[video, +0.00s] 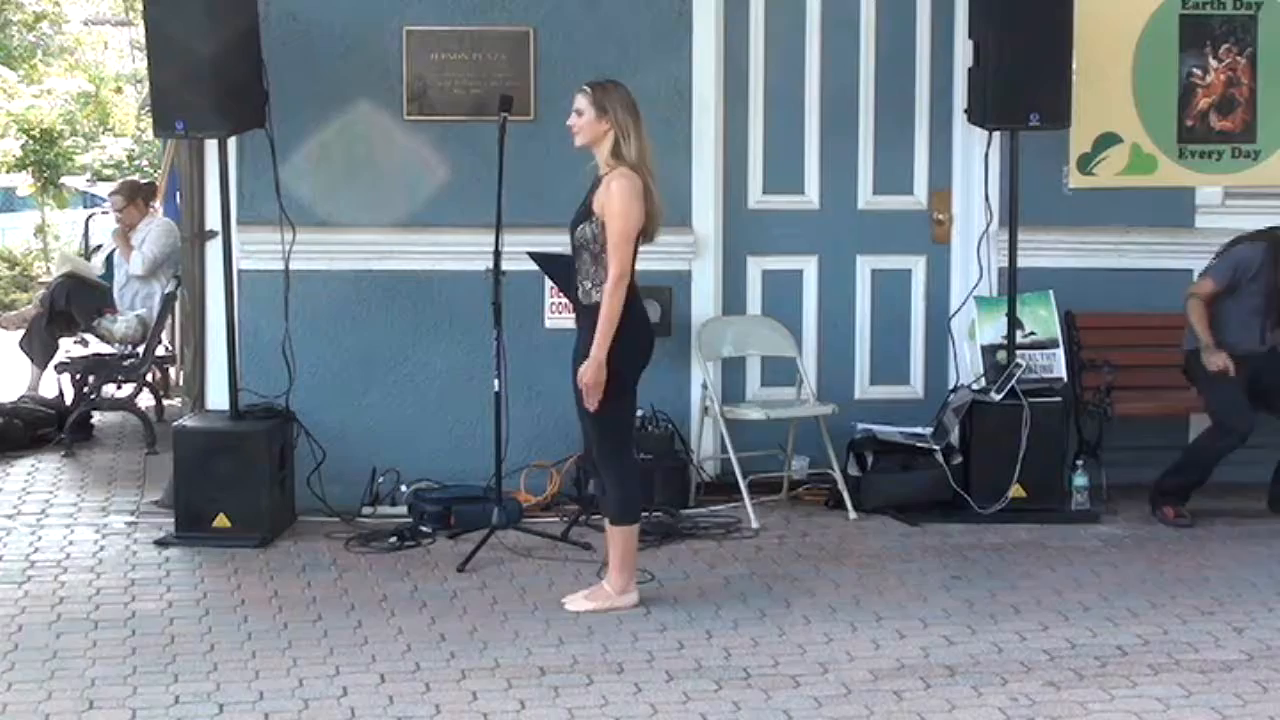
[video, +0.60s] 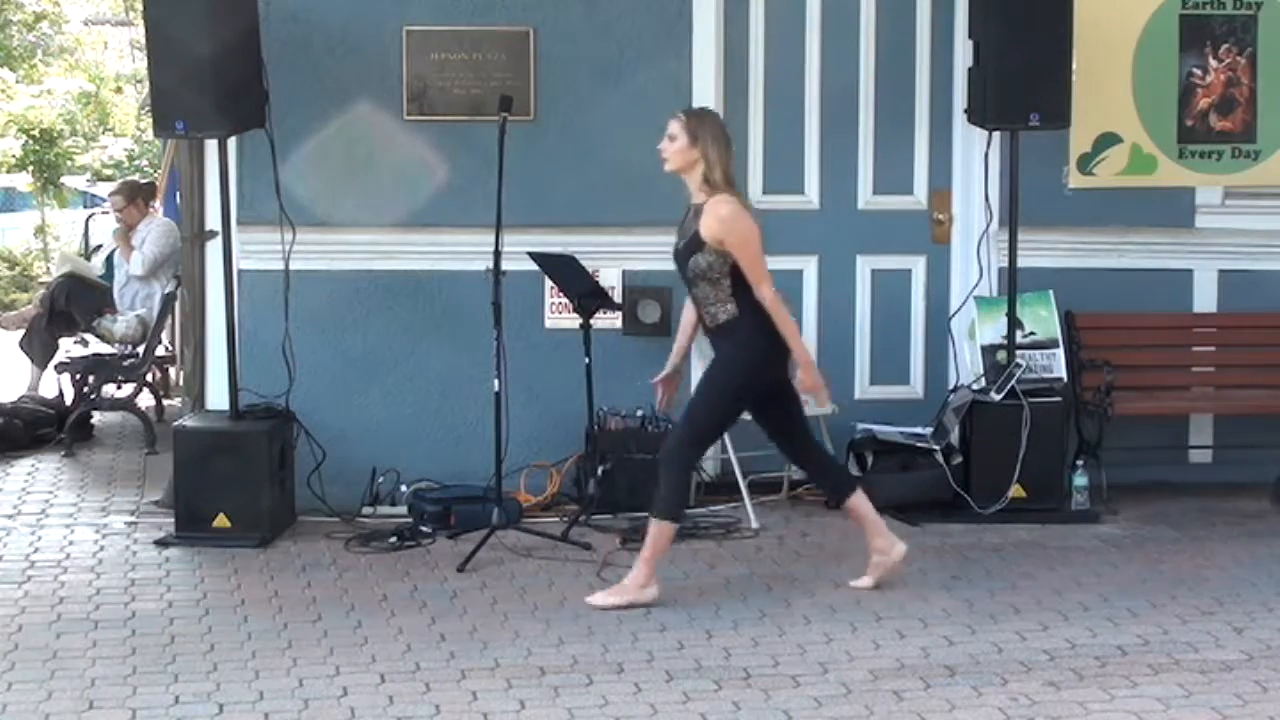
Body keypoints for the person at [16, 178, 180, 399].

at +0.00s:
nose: (117, 218)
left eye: (120, 211)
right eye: (114, 213)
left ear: (140, 205)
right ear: (136, 206)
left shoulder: (164, 228)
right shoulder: (128, 234)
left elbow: (142, 267)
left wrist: (122, 243)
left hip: (139, 319)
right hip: (119, 313)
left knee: (69, 285)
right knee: (45, 320)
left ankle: (35, 310)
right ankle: (32, 390)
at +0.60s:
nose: (117, 218)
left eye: (120, 211)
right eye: (114, 212)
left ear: (140, 205)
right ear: (136, 206)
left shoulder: (164, 229)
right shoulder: (128, 234)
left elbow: (142, 267)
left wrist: (123, 244)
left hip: (140, 317)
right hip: (119, 311)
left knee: (68, 284)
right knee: (45, 320)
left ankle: (34, 310)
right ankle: (32, 389)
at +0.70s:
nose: (117, 218)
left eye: (120, 211)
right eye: (114, 212)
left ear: (140, 205)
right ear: (136, 206)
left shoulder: (164, 229)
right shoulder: (128, 234)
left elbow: (142, 267)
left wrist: (123, 244)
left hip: (140, 318)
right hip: (118, 311)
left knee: (68, 285)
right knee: (44, 320)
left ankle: (34, 310)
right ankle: (32, 390)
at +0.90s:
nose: (117, 218)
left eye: (119, 211)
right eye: (114, 213)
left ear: (140, 205)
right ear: (136, 206)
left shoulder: (164, 229)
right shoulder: (128, 234)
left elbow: (142, 267)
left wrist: (123, 243)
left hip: (140, 318)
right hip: (118, 311)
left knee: (68, 284)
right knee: (45, 320)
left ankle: (34, 310)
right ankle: (32, 390)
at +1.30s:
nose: (117, 218)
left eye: (119, 212)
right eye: (114, 213)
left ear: (140, 205)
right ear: (136, 206)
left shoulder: (164, 229)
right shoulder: (127, 234)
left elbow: (141, 267)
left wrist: (123, 242)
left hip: (140, 319)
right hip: (119, 313)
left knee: (69, 285)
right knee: (45, 320)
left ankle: (34, 310)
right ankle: (32, 390)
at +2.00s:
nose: (114, 220)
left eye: (116, 213)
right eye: (112, 215)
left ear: (135, 206)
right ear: (132, 207)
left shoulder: (160, 230)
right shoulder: (123, 233)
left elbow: (137, 269)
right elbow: (94, 269)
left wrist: (121, 244)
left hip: (137, 317)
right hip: (114, 310)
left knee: (65, 285)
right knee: (43, 321)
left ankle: (31, 312)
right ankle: (29, 390)